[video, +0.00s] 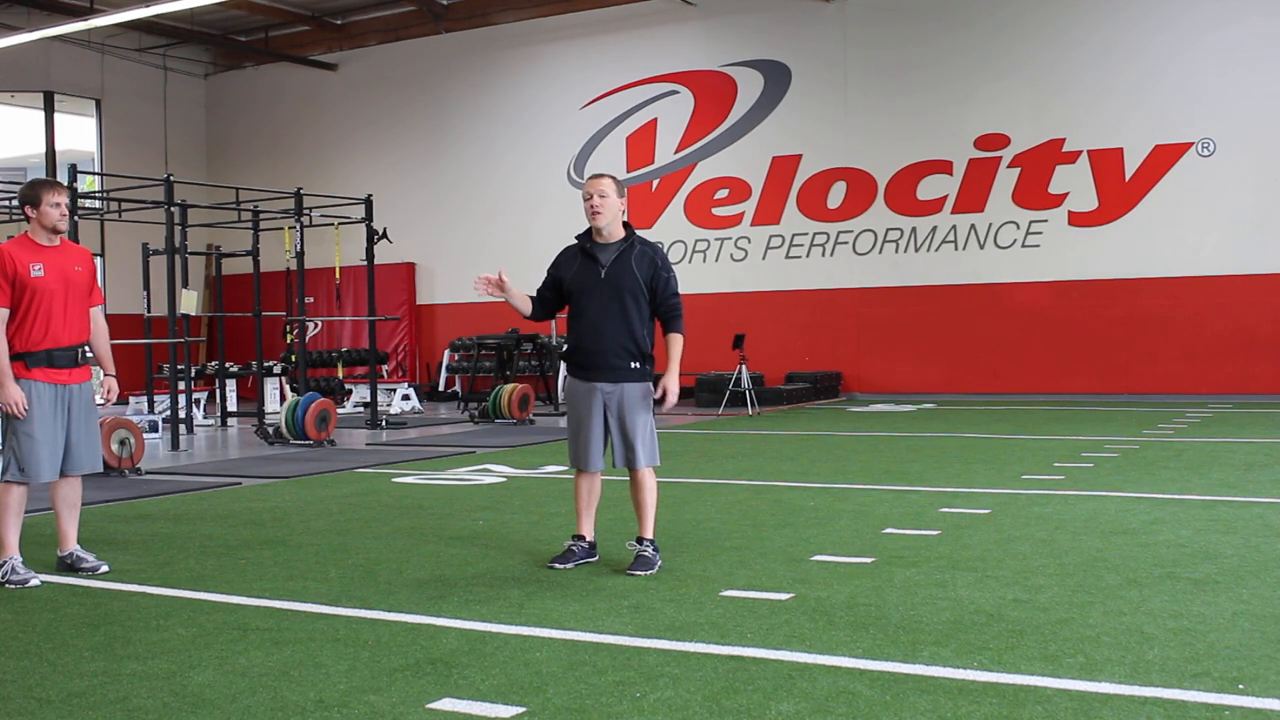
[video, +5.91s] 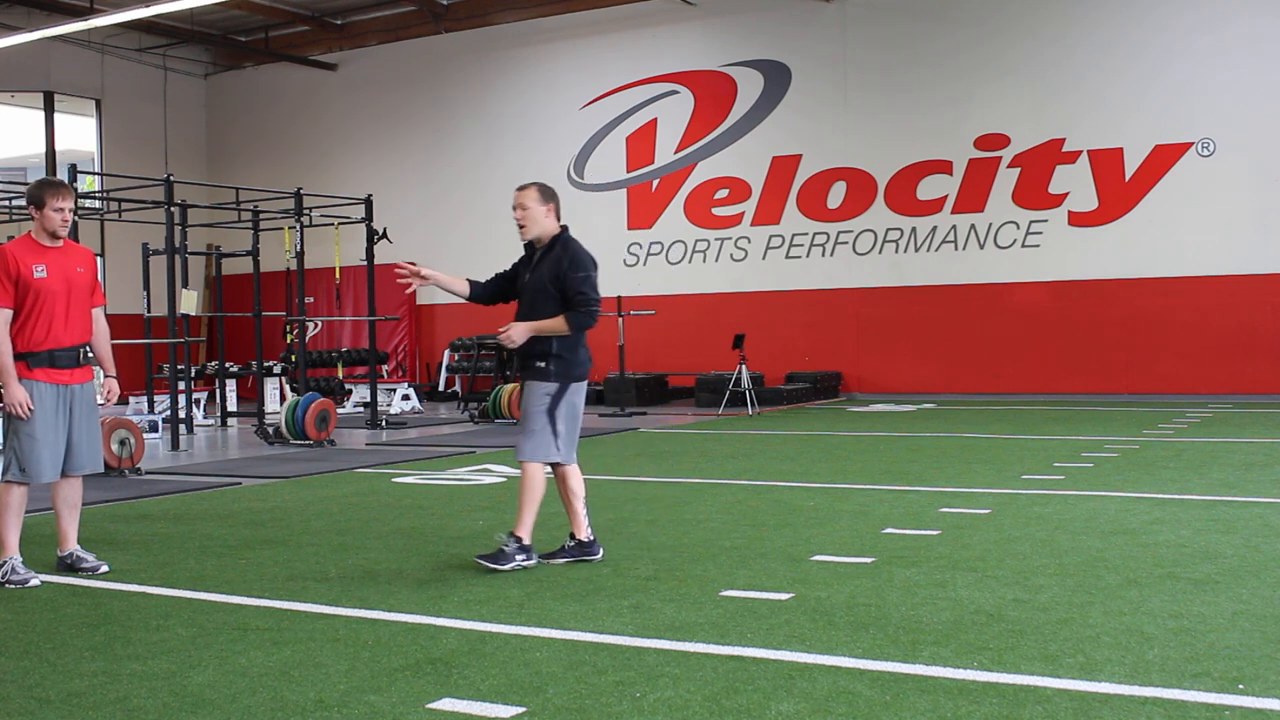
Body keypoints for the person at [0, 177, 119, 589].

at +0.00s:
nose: (64, 211)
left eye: (66, 205)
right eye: (55, 205)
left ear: (68, 211)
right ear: (31, 211)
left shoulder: (83, 257)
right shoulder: (10, 255)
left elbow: (95, 319)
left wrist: (109, 371)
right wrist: (6, 381)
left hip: (76, 377)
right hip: (29, 378)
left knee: (72, 466)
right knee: (18, 473)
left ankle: (69, 551)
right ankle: (10, 559)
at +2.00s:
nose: (67, 213)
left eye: (69, 206)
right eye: (58, 206)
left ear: (71, 210)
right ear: (34, 211)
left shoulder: (84, 257)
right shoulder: (11, 255)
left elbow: (96, 319)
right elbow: (0, 326)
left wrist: (109, 371)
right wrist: (8, 382)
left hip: (77, 377)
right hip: (30, 378)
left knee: (72, 466)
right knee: (19, 473)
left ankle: (69, 551)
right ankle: (9, 559)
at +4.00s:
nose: (68, 214)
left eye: (71, 207)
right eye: (60, 208)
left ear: (73, 211)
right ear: (35, 212)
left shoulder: (85, 257)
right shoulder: (12, 255)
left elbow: (97, 320)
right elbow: (1, 326)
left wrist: (109, 372)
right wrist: (8, 383)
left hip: (78, 377)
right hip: (30, 378)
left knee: (72, 466)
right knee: (19, 473)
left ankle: (69, 551)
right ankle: (10, 559)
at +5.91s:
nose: (65, 217)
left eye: (70, 210)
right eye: (57, 210)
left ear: (73, 212)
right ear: (35, 211)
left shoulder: (85, 257)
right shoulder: (12, 255)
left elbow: (97, 320)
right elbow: (1, 326)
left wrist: (110, 372)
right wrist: (9, 383)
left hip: (78, 377)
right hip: (31, 378)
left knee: (73, 466)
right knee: (19, 473)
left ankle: (69, 550)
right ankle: (9, 560)